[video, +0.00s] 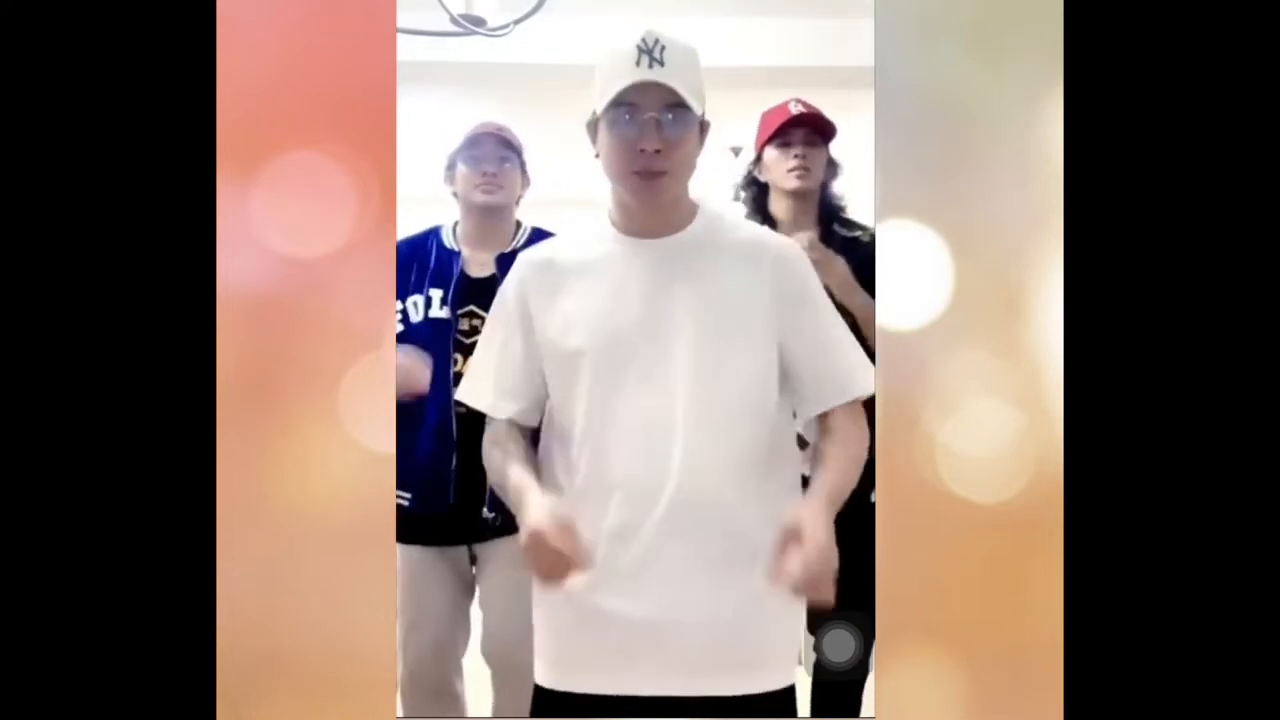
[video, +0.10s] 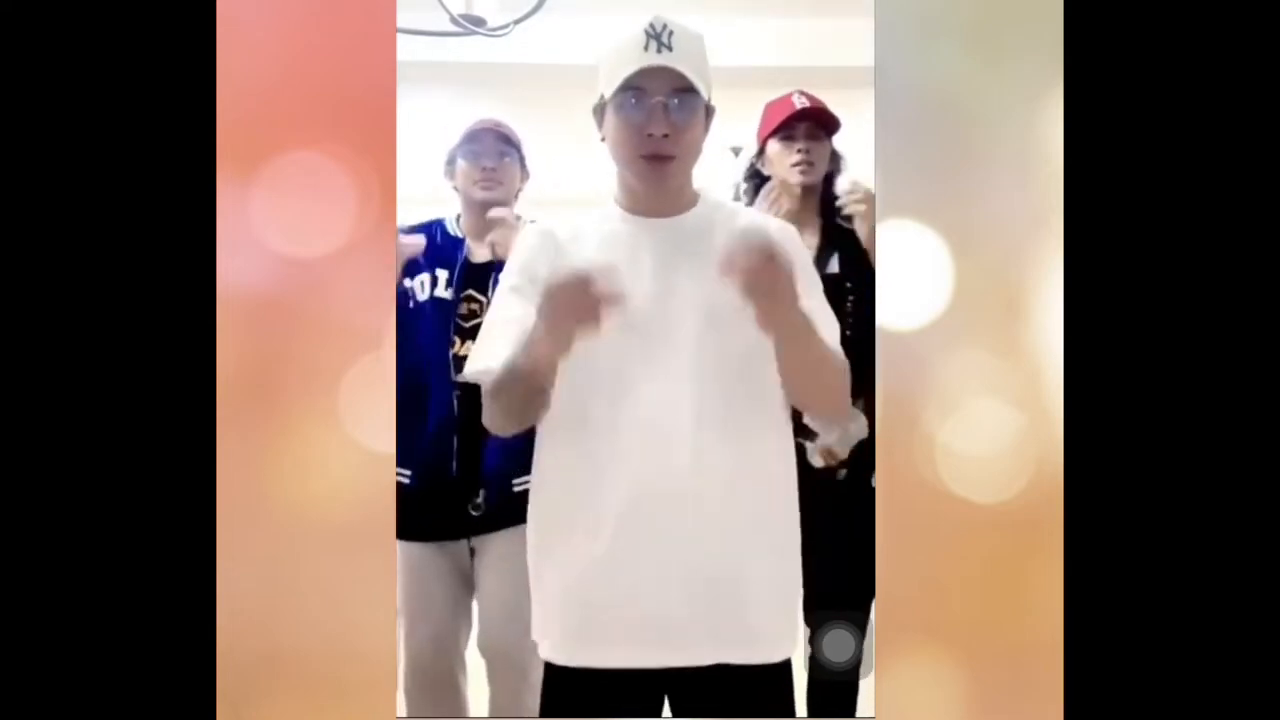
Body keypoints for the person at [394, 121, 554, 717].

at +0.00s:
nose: (490, 167)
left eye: (504, 158)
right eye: (475, 158)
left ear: (525, 181)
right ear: (451, 178)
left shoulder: (555, 261)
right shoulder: (402, 260)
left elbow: (580, 372)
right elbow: (348, 347)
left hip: (521, 504)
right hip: (424, 505)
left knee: (518, 661)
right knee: (425, 667)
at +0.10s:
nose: (488, 165)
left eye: (502, 156)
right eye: (475, 156)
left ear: (525, 175)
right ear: (451, 173)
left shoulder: (543, 255)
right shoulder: (411, 249)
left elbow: (571, 341)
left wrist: (523, 256)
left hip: (515, 489)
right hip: (424, 489)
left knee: (511, 651)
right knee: (428, 656)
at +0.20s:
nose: (490, 179)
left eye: (504, 169)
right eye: (477, 169)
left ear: (526, 188)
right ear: (455, 185)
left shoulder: (546, 271)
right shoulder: (408, 265)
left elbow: (575, 375)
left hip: (516, 501)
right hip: (421, 498)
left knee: (516, 675)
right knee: (424, 675)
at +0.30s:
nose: (486, 189)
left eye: (499, 177)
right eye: (473, 178)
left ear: (522, 191)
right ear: (453, 193)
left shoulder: (544, 279)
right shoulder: (411, 272)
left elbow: (570, 381)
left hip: (517, 519)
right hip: (419, 519)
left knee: (511, 695)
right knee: (422, 691)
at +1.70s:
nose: (479, 173)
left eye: (492, 160)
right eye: (463, 164)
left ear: (515, 176)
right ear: (442, 185)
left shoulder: (551, 260)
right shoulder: (408, 270)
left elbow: (580, 369)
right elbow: (380, 380)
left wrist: (578, 479)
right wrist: (388, 480)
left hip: (526, 500)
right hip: (432, 501)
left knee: (522, 669)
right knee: (429, 669)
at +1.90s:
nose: (475, 171)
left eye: (485, 157)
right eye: (456, 166)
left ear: (510, 169)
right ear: (440, 191)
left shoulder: (549, 247)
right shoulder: (416, 259)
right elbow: (379, 352)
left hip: (525, 494)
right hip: (433, 496)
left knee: (521, 663)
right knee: (429, 664)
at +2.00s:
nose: (478, 168)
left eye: (489, 156)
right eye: (462, 163)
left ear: (513, 170)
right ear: (444, 186)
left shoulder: (539, 252)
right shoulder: (424, 255)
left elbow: (537, 371)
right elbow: (383, 342)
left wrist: (435, 344)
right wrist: (424, 306)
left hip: (521, 490)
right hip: (434, 492)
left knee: (519, 660)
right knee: (429, 655)